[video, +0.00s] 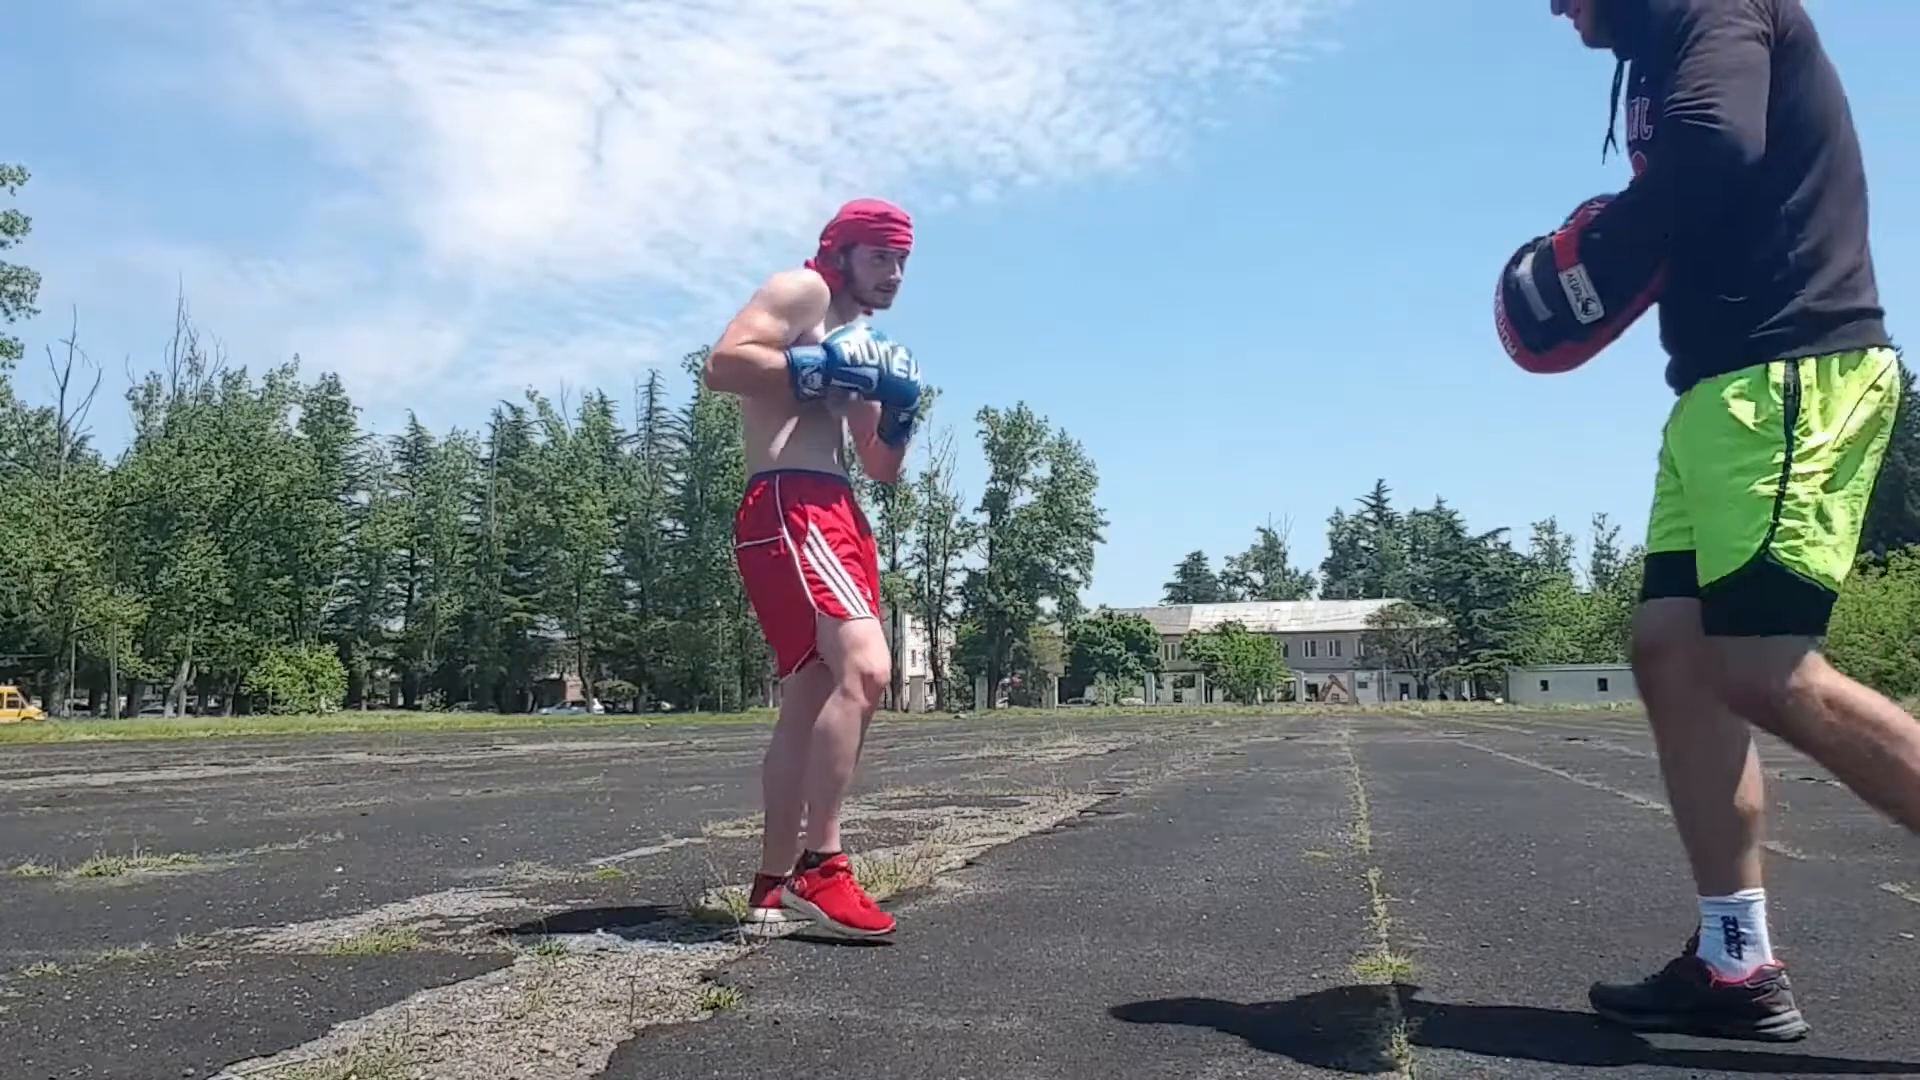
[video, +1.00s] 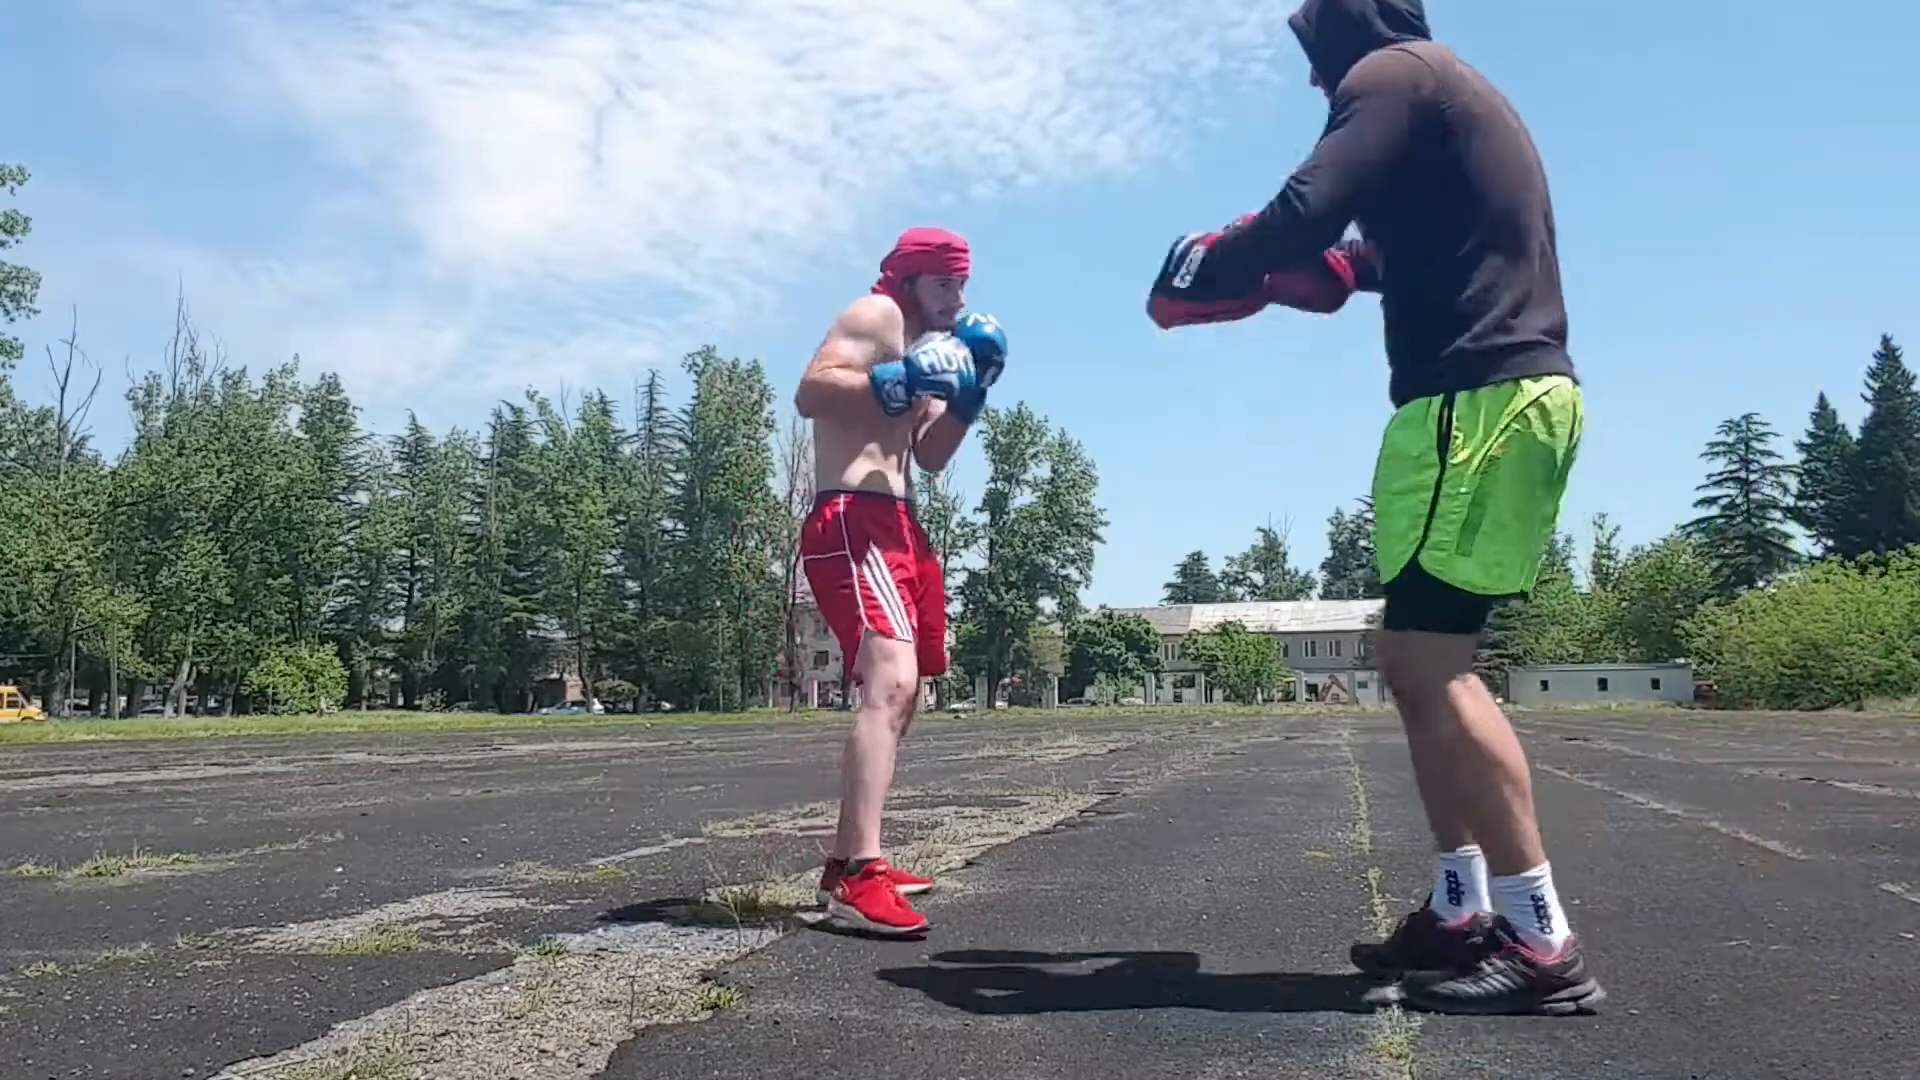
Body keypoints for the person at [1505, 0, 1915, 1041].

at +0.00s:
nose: (1561, 9)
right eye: (1557, 2)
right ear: (1609, 8)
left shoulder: (1713, 7)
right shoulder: (1660, 62)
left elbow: (1720, 141)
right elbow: (1688, 210)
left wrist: (1596, 248)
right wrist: (1581, 271)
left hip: (1798, 368)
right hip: (1720, 382)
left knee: (1757, 666)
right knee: (1670, 650)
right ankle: (1735, 965)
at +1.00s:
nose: (1315, 67)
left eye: (1314, 43)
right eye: (1310, 49)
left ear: (1350, 20)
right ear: (1402, 17)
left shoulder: (1392, 71)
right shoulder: (1461, 92)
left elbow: (1307, 211)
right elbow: (1428, 250)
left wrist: (1215, 255)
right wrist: (1329, 270)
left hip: (1475, 399)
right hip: (1512, 393)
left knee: (1436, 664)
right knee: (1415, 660)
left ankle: (1542, 942)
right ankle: (1463, 914)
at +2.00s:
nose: (1290, 110)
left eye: (1298, 90)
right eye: (1291, 91)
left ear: (1343, 86)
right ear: (1356, 82)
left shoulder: (1405, 155)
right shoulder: (1367, 165)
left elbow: (1303, 241)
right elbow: (1300, 245)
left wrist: (1192, 197)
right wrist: (1202, 203)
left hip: (1438, 444)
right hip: (1379, 449)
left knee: (1421, 658)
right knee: (1341, 658)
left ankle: (1598, 869)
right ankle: (1385, 894)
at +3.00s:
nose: (1381, 136)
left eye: (1393, 119)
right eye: (1380, 122)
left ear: (1443, 119)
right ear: (1413, 129)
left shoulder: (1531, 192)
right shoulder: (1415, 213)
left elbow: (1504, 261)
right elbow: (1329, 268)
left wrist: (1393, 204)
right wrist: (1286, 200)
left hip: (1551, 474)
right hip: (1458, 483)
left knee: (1572, 667)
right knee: (1408, 663)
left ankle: (1668, 892)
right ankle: (1462, 863)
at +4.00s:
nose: (1446, 191)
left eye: (1462, 179)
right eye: (1433, 181)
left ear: (1492, 190)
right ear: (1415, 195)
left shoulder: (1533, 267)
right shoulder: (1392, 272)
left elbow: (1630, 361)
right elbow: (1318, 313)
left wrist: (1612, 305)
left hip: (1518, 502)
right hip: (1420, 509)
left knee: (1551, 671)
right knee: (1432, 689)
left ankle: (1607, 851)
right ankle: (1450, 847)